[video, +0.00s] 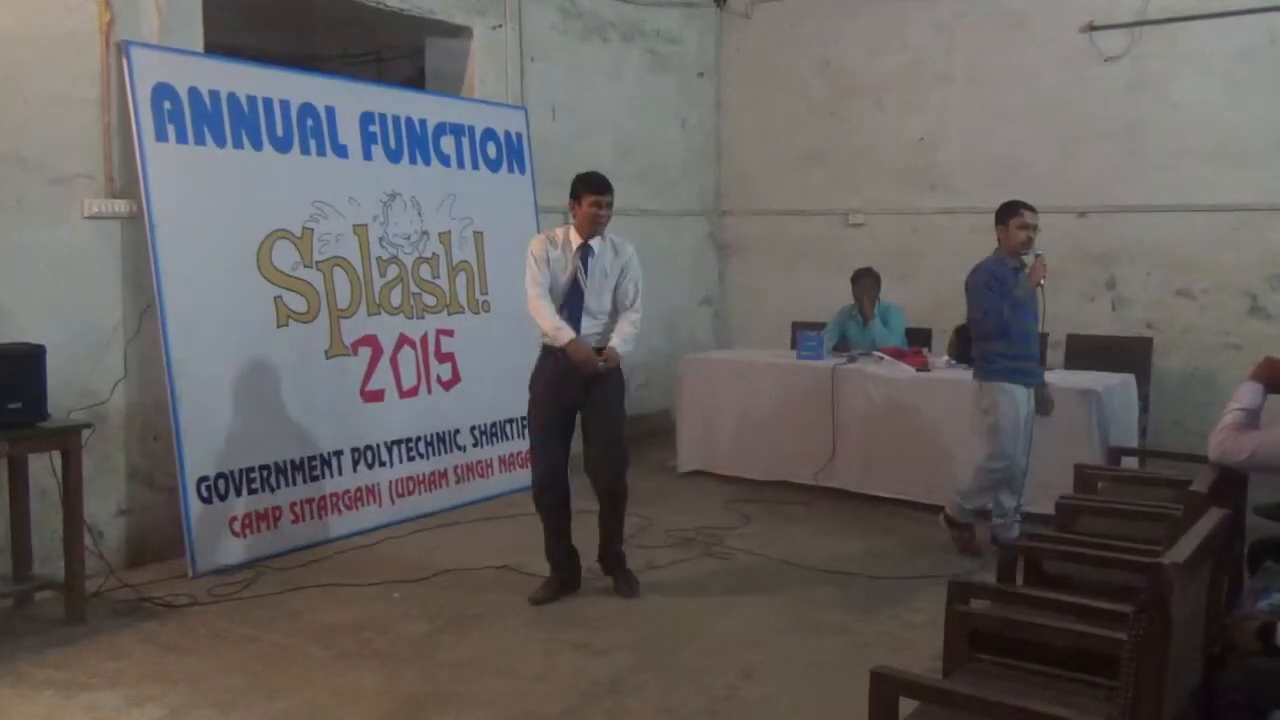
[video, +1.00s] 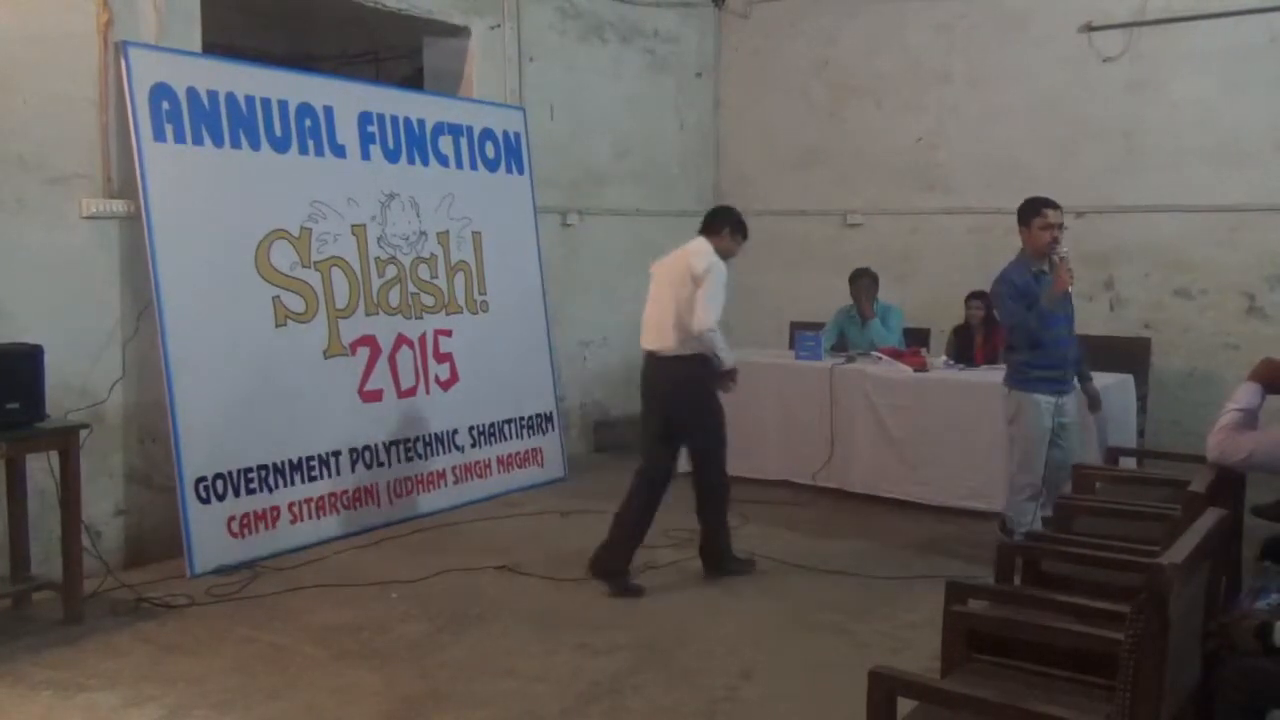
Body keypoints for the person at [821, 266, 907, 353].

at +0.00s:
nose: (863, 295)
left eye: (868, 290)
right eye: (858, 290)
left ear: (877, 292)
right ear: (853, 292)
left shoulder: (893, 313)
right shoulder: (845, 314)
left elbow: (892, 350)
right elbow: (823, 345)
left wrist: (871, 318)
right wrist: (837, 347)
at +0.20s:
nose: (862, 296)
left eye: (867, 291)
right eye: (858, 291)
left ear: (876, 292)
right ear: (852, 293)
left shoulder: (893, 313)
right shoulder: (844, 314)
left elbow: (891, 350)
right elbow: (822, 345)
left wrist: (871, 317)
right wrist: (837, 347)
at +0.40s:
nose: (863, 296)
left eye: (867, 290)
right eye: (858, 291)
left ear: (876, 292)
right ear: (852, 293)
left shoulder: (892, 313)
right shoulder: (844, 314)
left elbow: (891, 349)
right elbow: (823, 344)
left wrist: (871, 317)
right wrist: (837, 347)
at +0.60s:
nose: (862, 296)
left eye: (867, 291)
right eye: (857, 291)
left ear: (876, 292)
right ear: (852, 293)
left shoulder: (891, 314)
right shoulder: (844, 314)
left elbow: (891, 349)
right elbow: (823, 344)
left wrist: (871, 317)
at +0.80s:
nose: (862, 297)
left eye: (867, 292)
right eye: (857, 292)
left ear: (876, 292)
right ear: (851, 294)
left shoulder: (892, 314)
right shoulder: (844, 314)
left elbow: (890, 349)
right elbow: (823, 344)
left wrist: (871, 317)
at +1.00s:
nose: (861, 296)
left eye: (866, 291)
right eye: (856, 291)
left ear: (875, 292)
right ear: (851, 293)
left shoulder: (891, 314)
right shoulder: (843, 314)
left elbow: (890, 349)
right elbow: (822, 344)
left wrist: (870, 316)